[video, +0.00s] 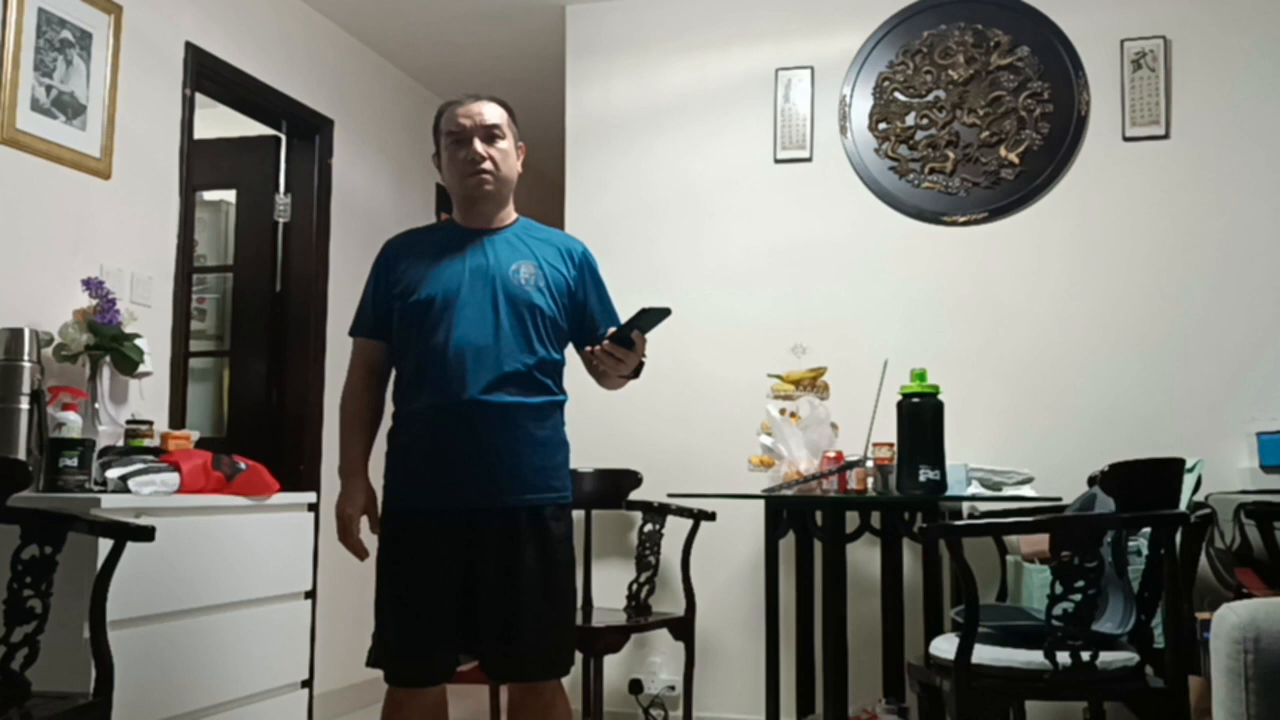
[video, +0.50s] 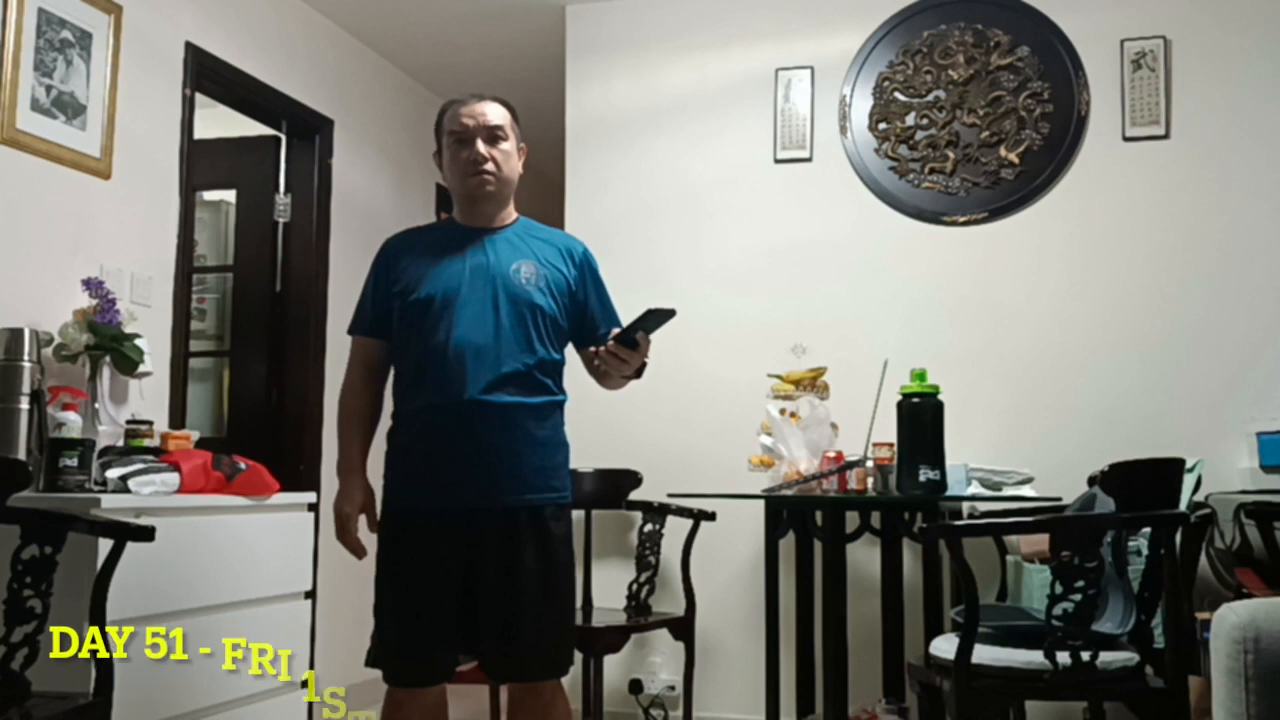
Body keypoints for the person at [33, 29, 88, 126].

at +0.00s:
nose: (67, 52)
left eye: (69, 48)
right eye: (63, 49)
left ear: (74, 49)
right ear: (61, 51)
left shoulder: (79, 66)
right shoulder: (61, 61)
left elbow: (69, 89)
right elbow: (57, 82)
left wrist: (48, 82)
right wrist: (49, 100)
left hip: (79, 101)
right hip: (62, 95)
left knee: (64, 98)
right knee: (48, 89)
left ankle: (70, 120)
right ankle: (60, 116)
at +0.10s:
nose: (67, 52)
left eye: (69, 48)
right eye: (63, 49)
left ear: (74, 49)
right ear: (61, 51)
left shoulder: (79, 66)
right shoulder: (61, 61)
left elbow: (69, 89)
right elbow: (57, 82)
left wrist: (48, 82)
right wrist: (49, 100)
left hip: (79, 101)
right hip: (62, 95)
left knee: (64, 98)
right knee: (48, 89)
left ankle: (70, 120)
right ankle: (60, 116)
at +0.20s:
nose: (67, 52)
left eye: (69, 48)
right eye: (63, 49)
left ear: (74, 49)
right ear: (61, 51)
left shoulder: (79, 66)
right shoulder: (61, 61)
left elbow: (69, 89)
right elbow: (57, 82)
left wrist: (48, 82)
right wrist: (49, 100)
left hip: (79, 101)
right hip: (62, 95)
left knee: (64, 98)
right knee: (48, 89)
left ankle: (70, 120)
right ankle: (60, 116)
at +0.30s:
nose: (67, 52)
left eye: (69, 48)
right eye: (63, 49)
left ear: (74, 49)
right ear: (61, 51)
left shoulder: (79, 66)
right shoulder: (61, 61)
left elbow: (69, 89)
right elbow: (57, 82)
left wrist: (48, 82)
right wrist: (49, 100)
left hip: (79, 101)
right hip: (62, 95)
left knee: (64, 98)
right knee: (48, 89)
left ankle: (70, 120)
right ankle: (60, 116)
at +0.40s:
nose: (67, 52)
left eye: (69, 48)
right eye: (63, 49)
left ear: (74, 49)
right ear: (61, 51)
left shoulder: (79, 66)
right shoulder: (61, 61)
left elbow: (69, 89)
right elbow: (57, 82)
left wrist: (48, 82)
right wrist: (49, 100)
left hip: (79, 101)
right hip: (62, 95)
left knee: (64, 98)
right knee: (48, 89)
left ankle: (70, 120)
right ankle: (60, 116)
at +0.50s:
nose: (67, 52)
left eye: (69, 48)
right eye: (63, 49)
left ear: (74, 49)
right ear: (61, 51)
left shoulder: (79, 66)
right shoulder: (61, 61)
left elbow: (69, 89)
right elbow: (57, 82)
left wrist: (48, 82)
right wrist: (49, 100)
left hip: (79, 101)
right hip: (62, 95)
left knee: (64, 98)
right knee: (48, 89)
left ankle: (70, 120)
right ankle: (60, 116)